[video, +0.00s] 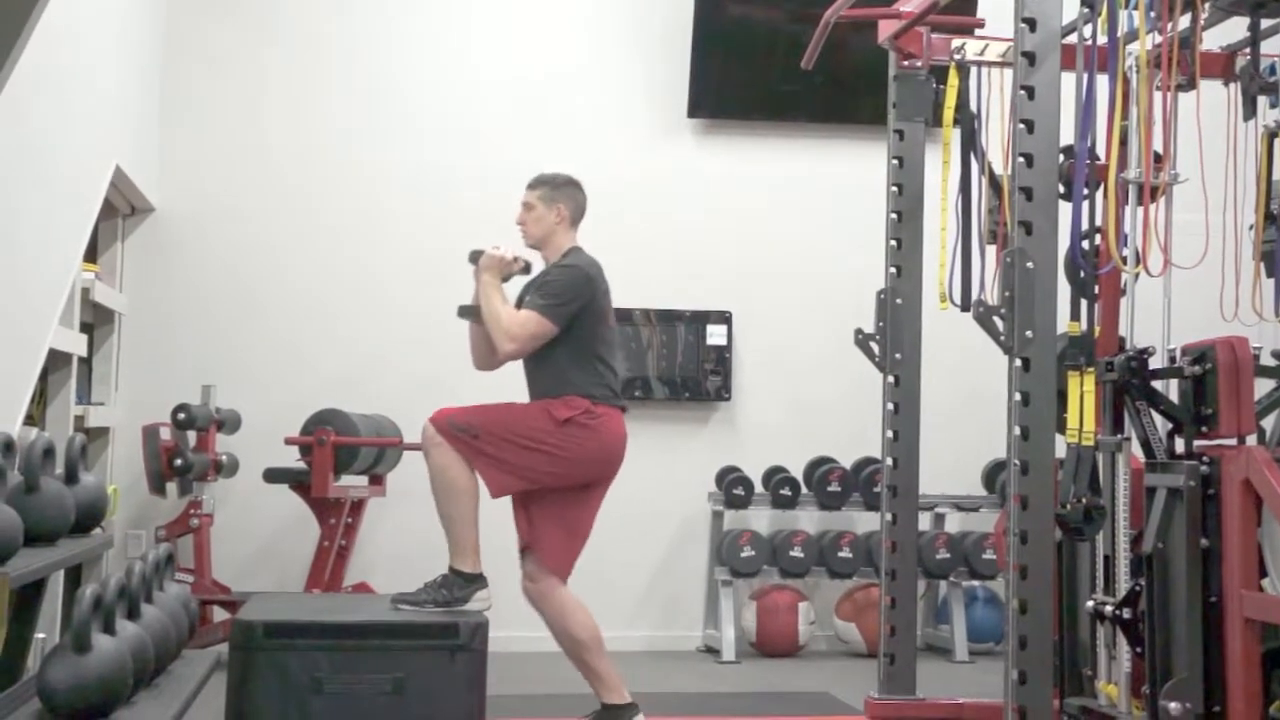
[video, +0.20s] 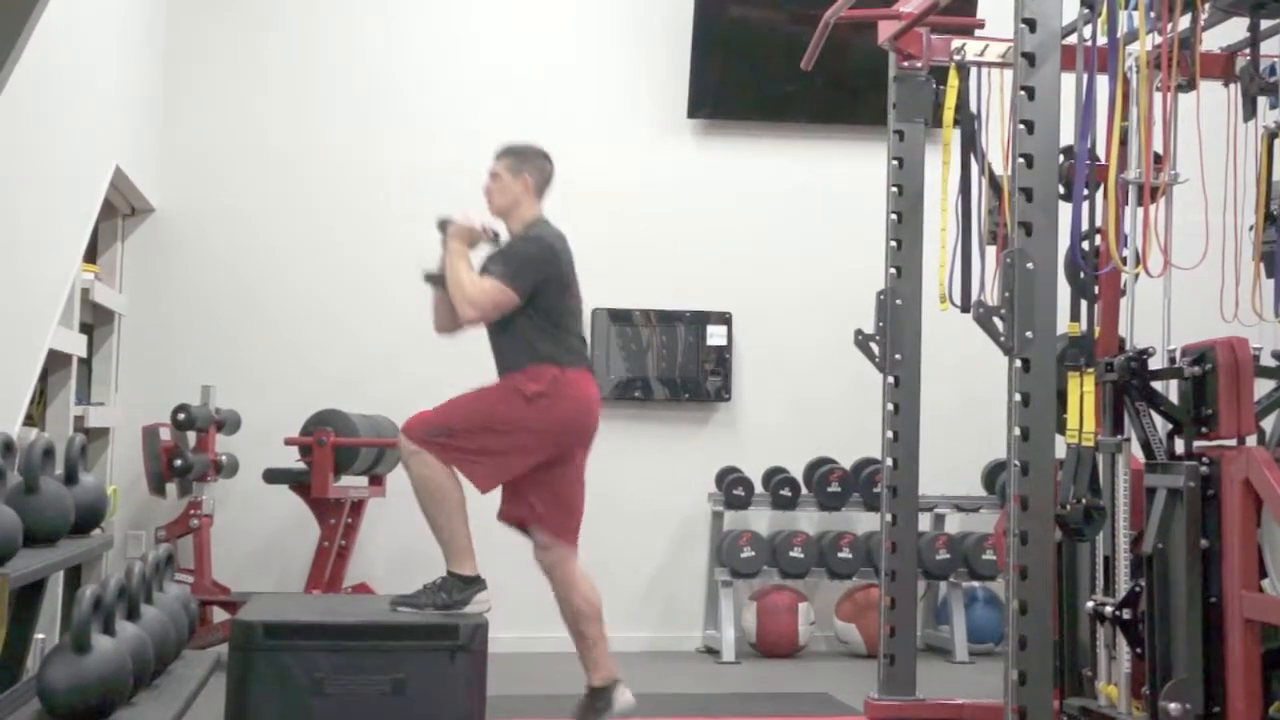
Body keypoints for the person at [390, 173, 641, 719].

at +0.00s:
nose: (518, 219)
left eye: (529, 209)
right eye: (521, 209)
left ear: (561, 215)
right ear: (558, 216)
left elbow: (511, 339)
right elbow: (487, 359)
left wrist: (489, 279)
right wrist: (486, 292)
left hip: (583, 423)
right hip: (584, 433)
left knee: (444, 429)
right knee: (540, 578)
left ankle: (464, 576)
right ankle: (618, 704)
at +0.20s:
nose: (486, 186)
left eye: (496, 177)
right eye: (488, 177)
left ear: (527, 183)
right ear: (522, 183)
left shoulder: (540, 244)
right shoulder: (517, 249)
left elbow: (473, 306)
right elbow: (446, 321)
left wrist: (456, 244)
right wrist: (454, 255)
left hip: (550, 393)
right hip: (568, 399)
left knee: (419, 441)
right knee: (555, 550)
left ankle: (462, 579)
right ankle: (605, 684)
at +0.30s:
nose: (470, 143)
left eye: (479, 134)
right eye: (472, 134)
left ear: (511, 139)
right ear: (508, 140)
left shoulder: (523, 198)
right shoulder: (505, 204)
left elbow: (455, 256)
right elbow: (430, 278)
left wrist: (440, 195)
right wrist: (433, 212)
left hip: (536, 352)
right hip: (558, 356)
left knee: (420, 438)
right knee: (520, 509)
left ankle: (463, 577)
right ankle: (575, 642)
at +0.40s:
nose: (462, 106)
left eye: (471, 96)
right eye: (464, 96)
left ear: (503, 100)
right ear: (501, 101)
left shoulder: (515, 159)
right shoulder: (498, 165)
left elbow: (444, 221)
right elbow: (425, 242)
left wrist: (431, 158)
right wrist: (426, 178)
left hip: (526, 317)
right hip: (520, 319)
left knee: (431, 437)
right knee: (460, 459)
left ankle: (463, 578)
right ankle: (543, 566)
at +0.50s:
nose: (458, 75)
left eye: (467, 65)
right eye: (460, 65)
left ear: (499, 69)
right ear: (494, 71)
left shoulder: (510, 128)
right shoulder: (490, 136)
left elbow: (441, 194)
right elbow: (425, 215)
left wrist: (430, 129)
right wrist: (426, 150)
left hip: (519, 294)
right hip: (492, 293)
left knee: (448, 430)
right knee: (403, 388)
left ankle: (466, 578)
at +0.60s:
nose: (456, 59)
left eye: (465, 48)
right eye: (459, 49)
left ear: (497, 51)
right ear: (496, 51)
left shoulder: (508, 108)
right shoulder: (490, 114)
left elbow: (438, 174)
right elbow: (427, 202)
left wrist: (426, 111)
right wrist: (431, 130)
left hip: (506, 282)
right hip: (469, 275)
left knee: (462, 428)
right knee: (368, 303)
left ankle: (466, 576)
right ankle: (431, 415)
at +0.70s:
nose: (452, 54)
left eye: (460, 43)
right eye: (454, 44)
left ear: (492, 46)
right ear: (493, 48)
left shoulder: (504, 106)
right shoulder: (484, 109)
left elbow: (429, 177)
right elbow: (421, 196)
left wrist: (425, 108)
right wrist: (424, 125)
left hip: (498, 279)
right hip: (464, 261)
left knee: (463, 430)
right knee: (364, 227)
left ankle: (466, 578)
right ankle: (378, 359)